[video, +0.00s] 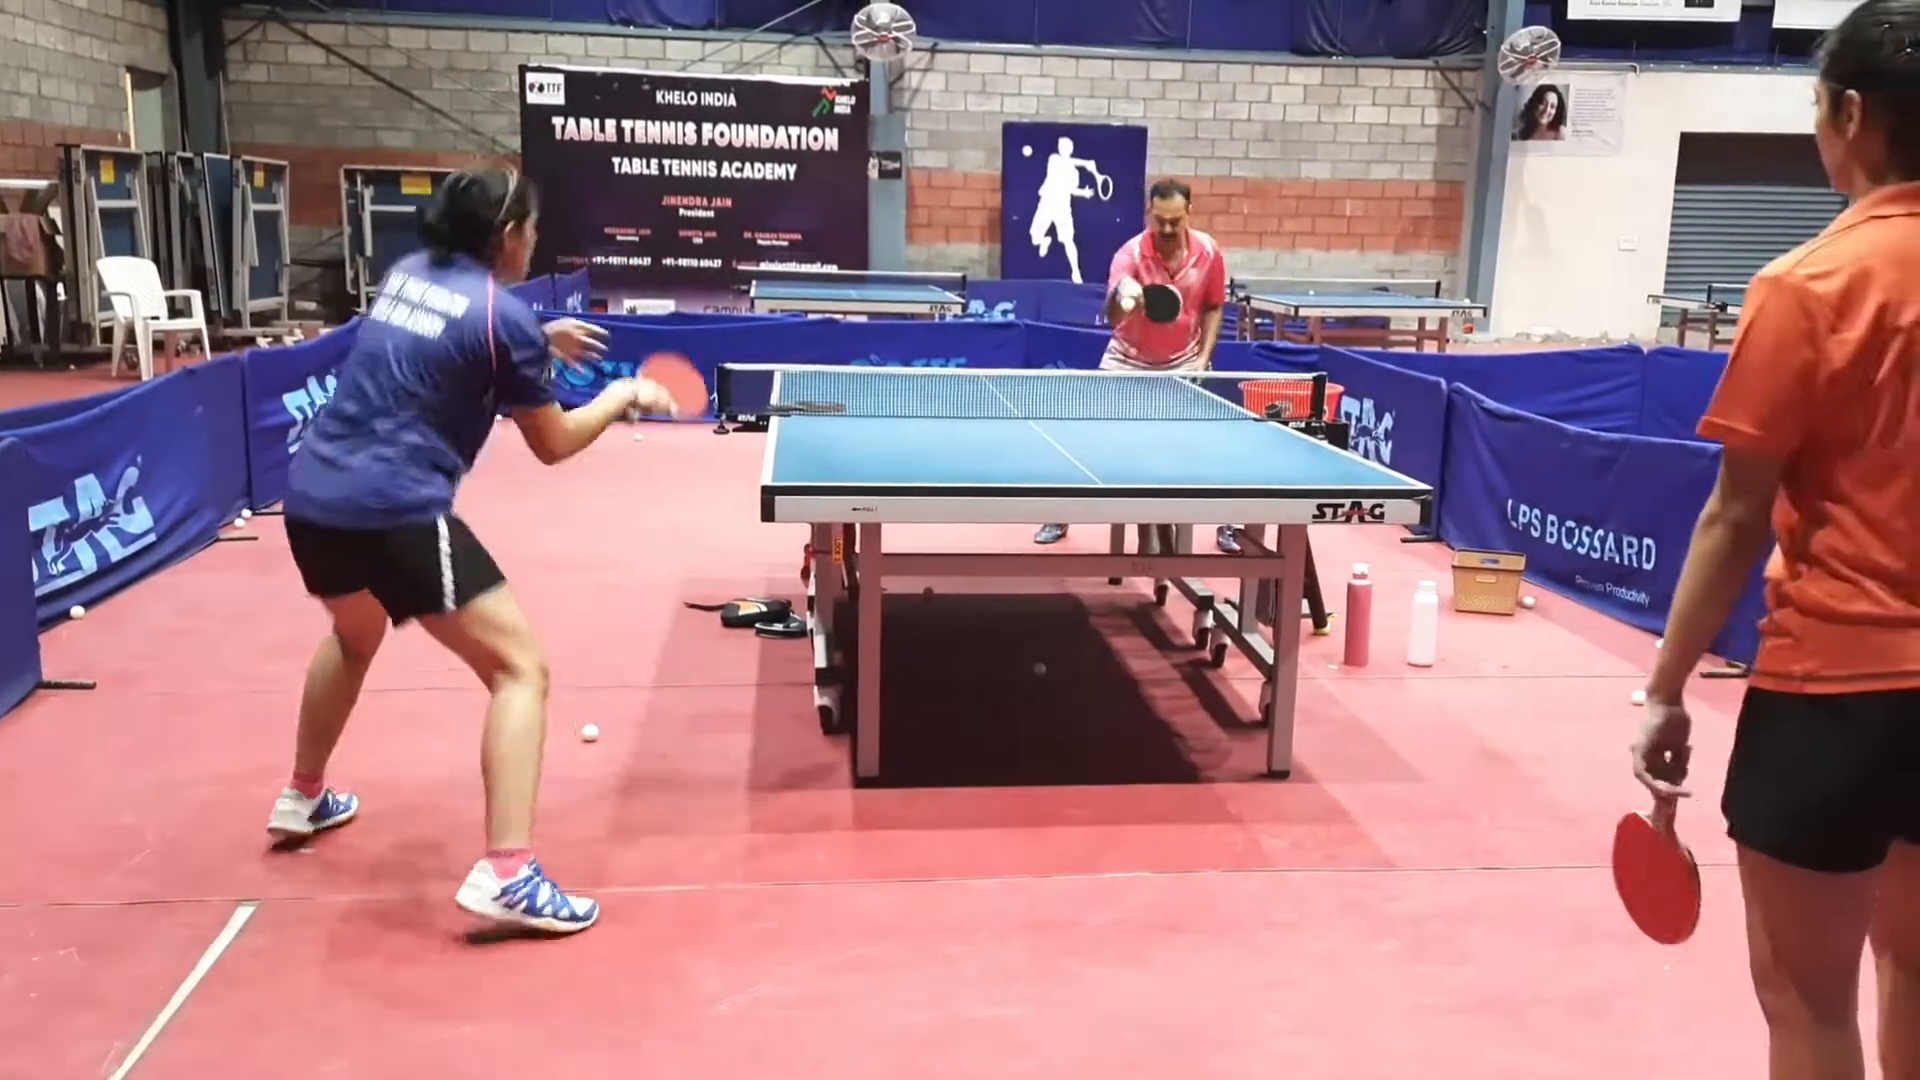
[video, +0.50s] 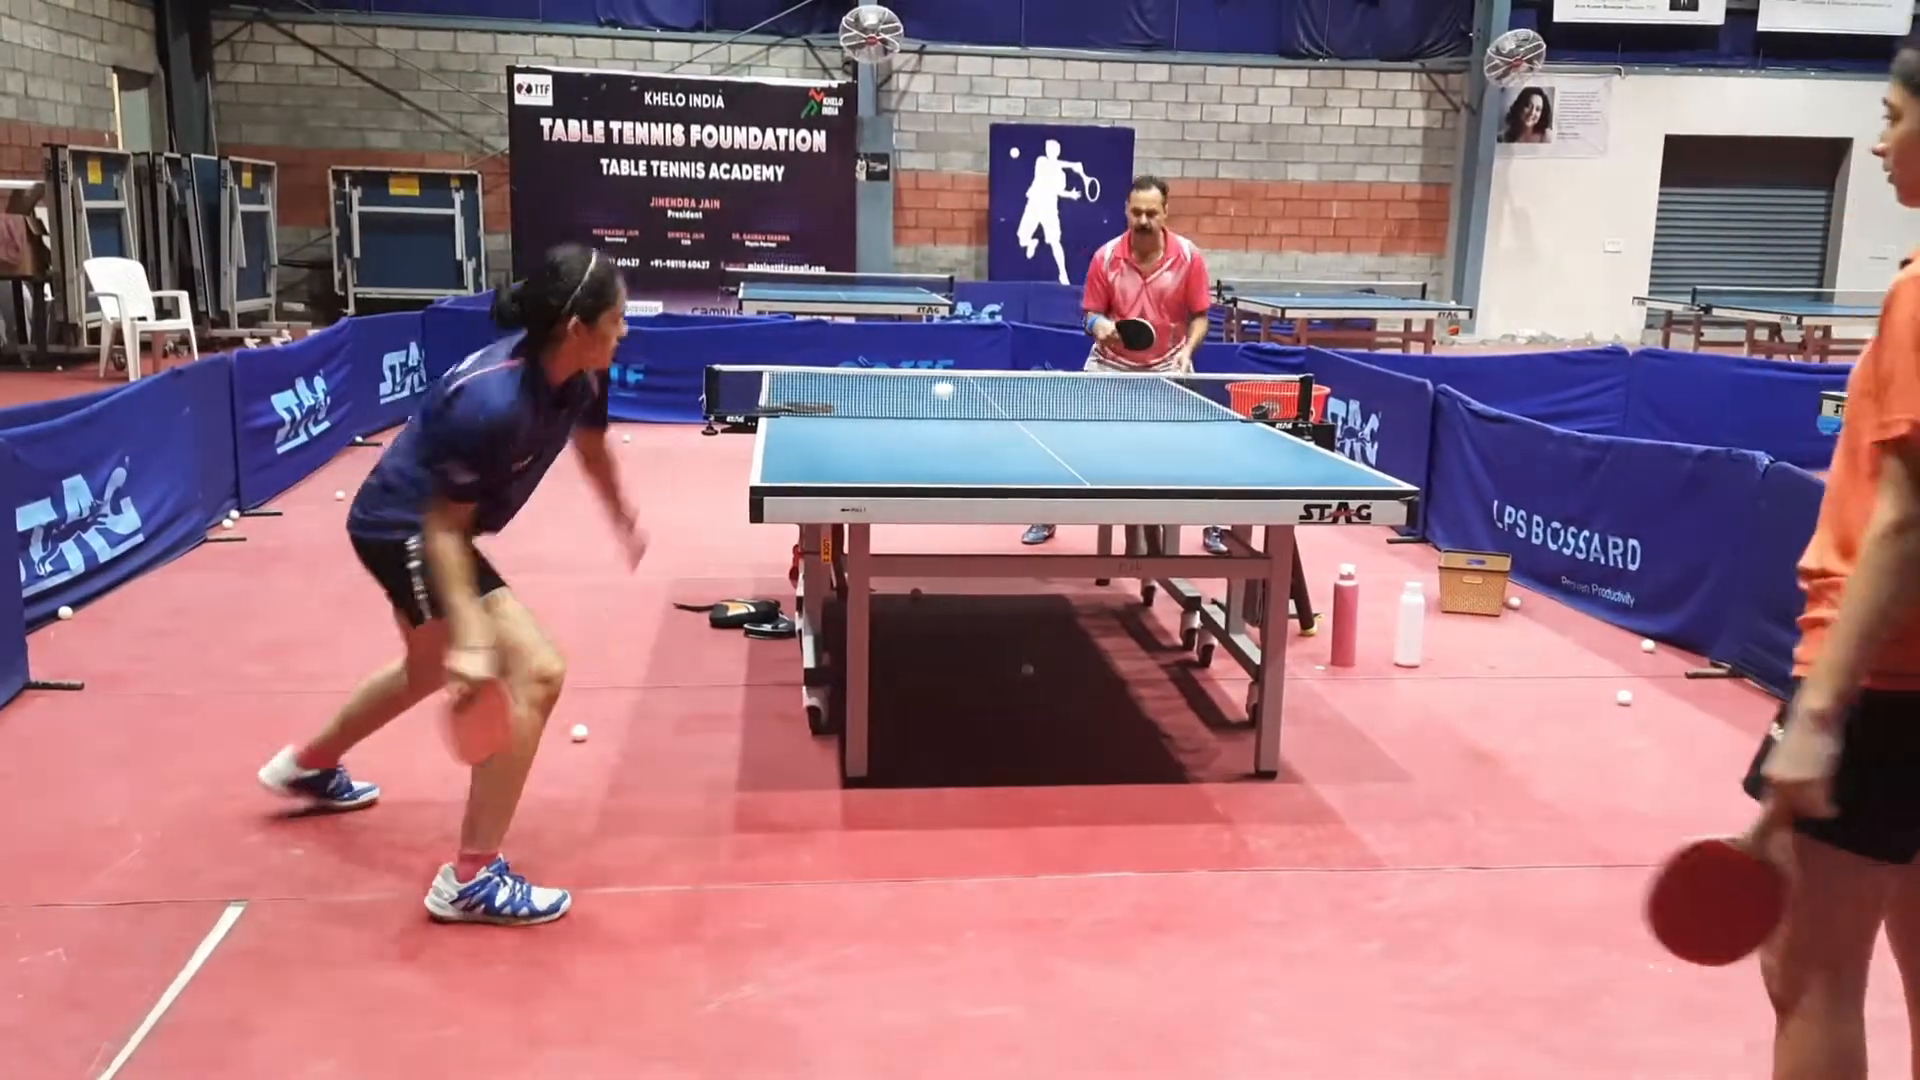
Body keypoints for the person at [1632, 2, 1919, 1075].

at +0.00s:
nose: (1819, 133)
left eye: (1820, 110)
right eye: (1823, 111)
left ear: (1851, 112)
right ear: (1909, 115)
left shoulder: (1816, 285)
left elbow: (1740, 511)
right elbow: (1736, 510)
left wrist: (1664, 691)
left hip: (1836, 699)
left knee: (1806, 997)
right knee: (1905, 966)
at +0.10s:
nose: (1812, 138)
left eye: (1813, 115)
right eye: (1815, 116)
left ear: (1846, 117)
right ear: (1913, 119)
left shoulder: (1819, 288)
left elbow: (1731, 517)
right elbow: (1727, 515)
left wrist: (1649, 683)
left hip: (1831, 696)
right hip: (1912, 692)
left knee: (1801, 998)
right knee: (1904, 969)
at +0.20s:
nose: (1821, 139)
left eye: (1826, 115)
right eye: (1823, 116)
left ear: (1868, 119)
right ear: (1904, 122)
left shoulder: (1845, 287)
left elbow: (1748, 518)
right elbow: (1749, 515)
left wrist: (1658, 684)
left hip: (1840, 692)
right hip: (1914, 687)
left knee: (1802, 990)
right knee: (1910, 977)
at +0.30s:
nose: (1837, 143)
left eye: (1846, 120)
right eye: (1841, 119)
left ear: (1897, 125)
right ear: (1904, 125)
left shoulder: (1877, 291)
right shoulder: (1890, 280)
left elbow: (1789, 519)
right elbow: (1794, 509)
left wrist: (1690, 686)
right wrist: (1694, 679)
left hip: (1846, 697)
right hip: (1908, 691)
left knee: (1802, 984)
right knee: (1910, 969)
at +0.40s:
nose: (1859, 137)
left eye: (1871, 114)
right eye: (1864, 113)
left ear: (1915, 124)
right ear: (1911, 121)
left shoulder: (1902, 290)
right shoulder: (1902, 282)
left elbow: (1845, 522)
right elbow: (1846, 516)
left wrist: (1741, 706)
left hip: (1853, 698)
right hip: (1910, 694)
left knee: (1807, 991)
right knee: (1916, 978)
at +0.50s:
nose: (1880, 141)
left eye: (1896, 118)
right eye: (1887, 115)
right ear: (1914, 127)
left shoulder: (1915, 289)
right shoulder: (1911, 287)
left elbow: (1900, 518)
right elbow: (1890, 513)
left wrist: (1813, 714)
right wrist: (1821, 699)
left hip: (1874, 688)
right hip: (1893, 683)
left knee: (1811, 979)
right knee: (1912, 966)